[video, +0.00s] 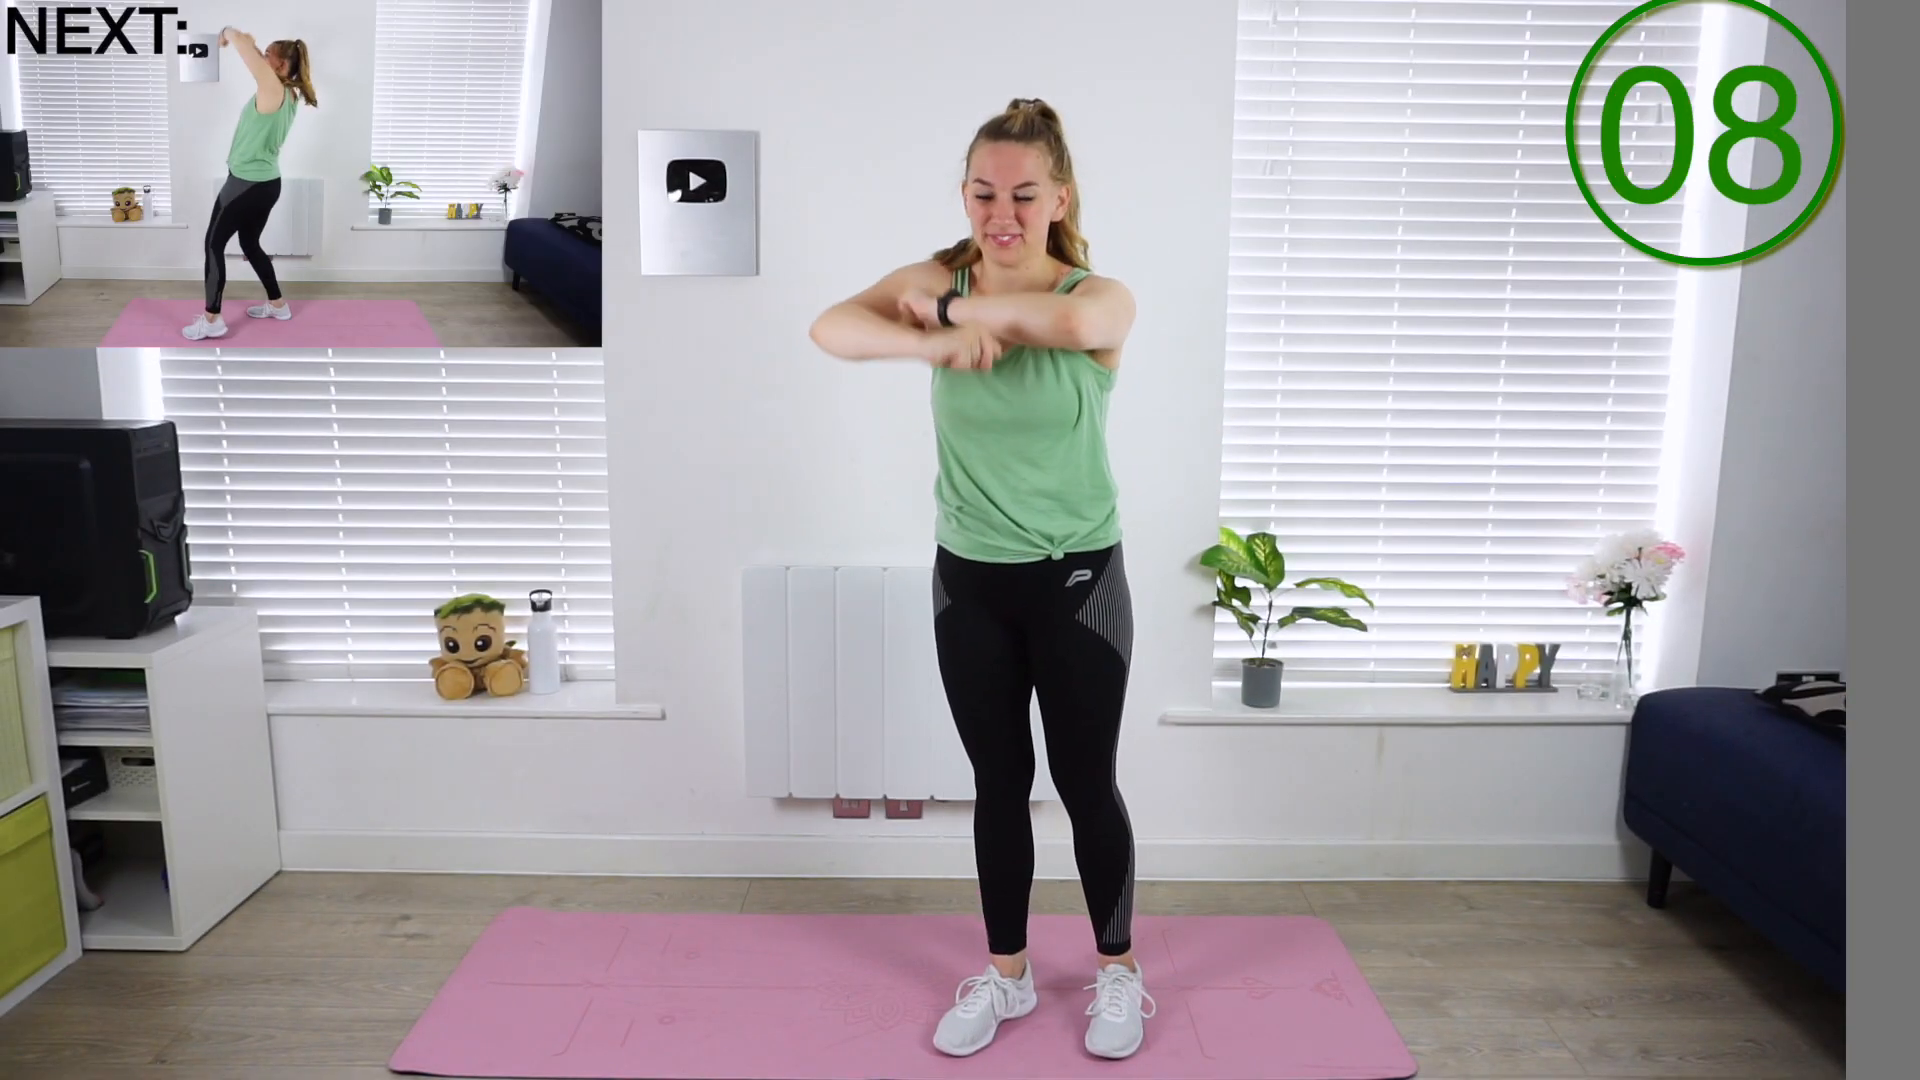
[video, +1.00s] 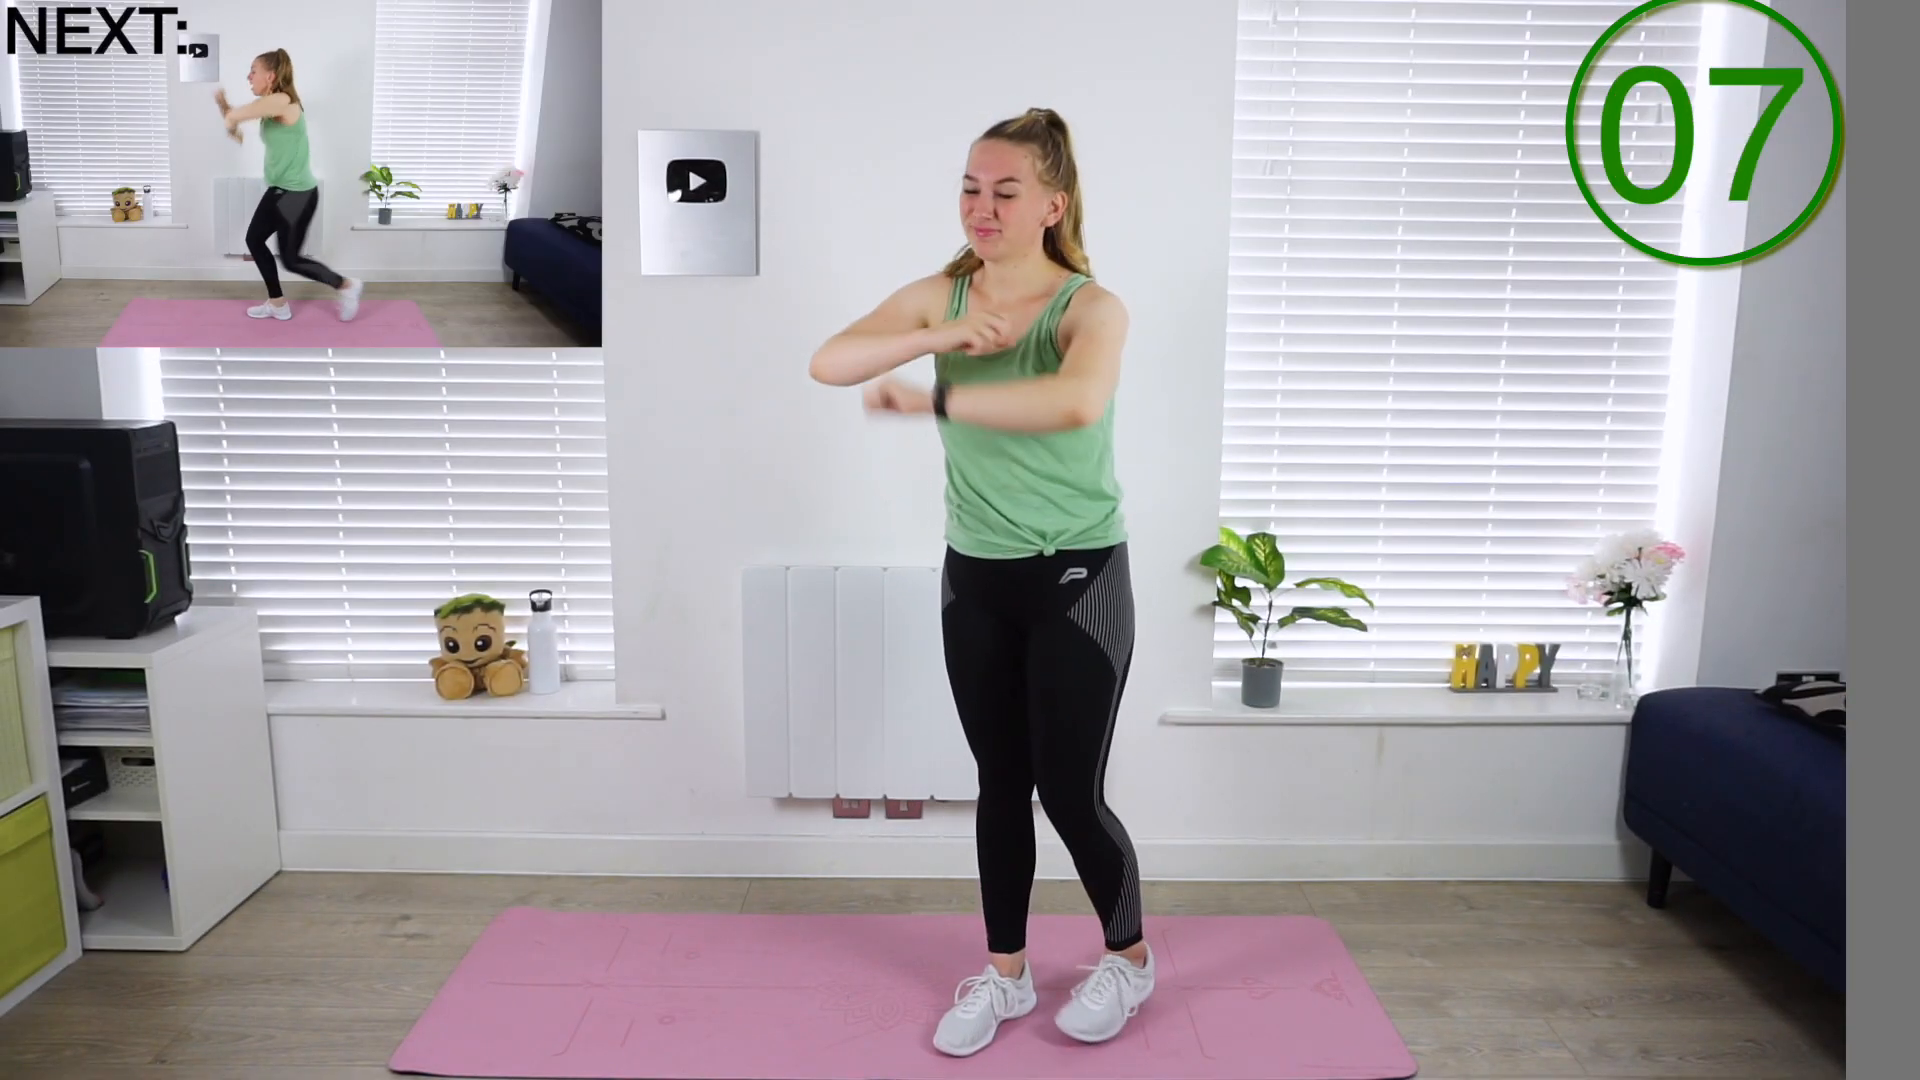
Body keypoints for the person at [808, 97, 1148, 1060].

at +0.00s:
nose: (1001, 215)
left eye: (1023, 195)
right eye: (984, 193)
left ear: (1062, 201)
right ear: (965, 196)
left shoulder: (1098, 293)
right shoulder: (940, 276)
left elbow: (1079, 328)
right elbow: (831, 328)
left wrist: (959, 307)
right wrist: (932, 345)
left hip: (1078, 577)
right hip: (969, 575)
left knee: (1087, 783)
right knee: (999, 783)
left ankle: (1116, 969)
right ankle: (1007, 972)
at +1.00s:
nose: (982, 207)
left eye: (1004, 190)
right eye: (972, 190)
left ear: (1056, 203)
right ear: (961, 199)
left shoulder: (1092, 308)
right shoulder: (941, 295)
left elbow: (1081, 403)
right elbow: (830, 361)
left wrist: (933, 401)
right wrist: (948, 331)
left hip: (1079, 576)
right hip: (976, 573)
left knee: (1069, 789)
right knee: (1001, 782)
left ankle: (1127, 959)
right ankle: (1006, 970)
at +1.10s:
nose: (978, 211)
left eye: (999, 195)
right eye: (972, 193)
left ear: (1059, 204)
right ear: (967, 198)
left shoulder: (1100, 311)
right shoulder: (959, 303)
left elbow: (1098, 444)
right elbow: (853, 394)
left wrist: (960, 478)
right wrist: (884, 374)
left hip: (1082, 576)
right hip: (985, 573)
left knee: (1067, 789)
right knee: (1005, 782)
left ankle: (1138, 953)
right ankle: (1007, 970)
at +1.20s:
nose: (981, 227)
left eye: (996, 210)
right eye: (977, 210)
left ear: (1061, 207)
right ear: (999, 214)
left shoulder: (1116, 317)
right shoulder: (985, 310)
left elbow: (1112, 469)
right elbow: (914, 412)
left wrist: (996, 548)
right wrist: (871, 448)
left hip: (1088, 585)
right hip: (998, 578)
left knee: (1072, 793)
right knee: (1012, 786)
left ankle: (1144, 963)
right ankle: (1007, 971)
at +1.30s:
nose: (991, 238)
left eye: (1001, 218)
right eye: (987, 220)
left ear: (1062, 209)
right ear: (1040, 215)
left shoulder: (1131, 321)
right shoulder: (1017, 308)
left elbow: (1105, 487)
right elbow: (969, 435)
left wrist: (1030, 603)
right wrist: (920, 526)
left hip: (1100, 583)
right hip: (1010, 571)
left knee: (1082, 782)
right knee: (1020, 779)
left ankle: (1144, 966)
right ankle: (1007, 970)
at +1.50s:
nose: (1009, 253)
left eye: (1015, 234)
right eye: (1004, 236)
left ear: (1069, 220)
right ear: (1066, 223)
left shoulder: (1148, 328)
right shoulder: (1072, 307)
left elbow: (1136, 497)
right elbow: (1069, 459)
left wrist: (1106, 629)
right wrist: (1045, 568)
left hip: (1129, 577)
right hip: (1052, 569)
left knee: (1115, 777)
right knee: (1037, 777)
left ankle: (1146, 964)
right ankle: (1006, 962)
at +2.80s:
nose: (935, 264)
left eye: (936, 247)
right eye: (930, 249)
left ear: (975, 230)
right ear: (992, 225)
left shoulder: (1033, 318)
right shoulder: (1023, 310)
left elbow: (1026, 472)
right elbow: (1012, 463)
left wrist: (983, 590)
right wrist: (968, 561)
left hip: (1032, 563)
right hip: (1003, 556)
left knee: (1008, 764)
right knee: (975, 744)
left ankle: (1123, 940)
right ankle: (980, 917)